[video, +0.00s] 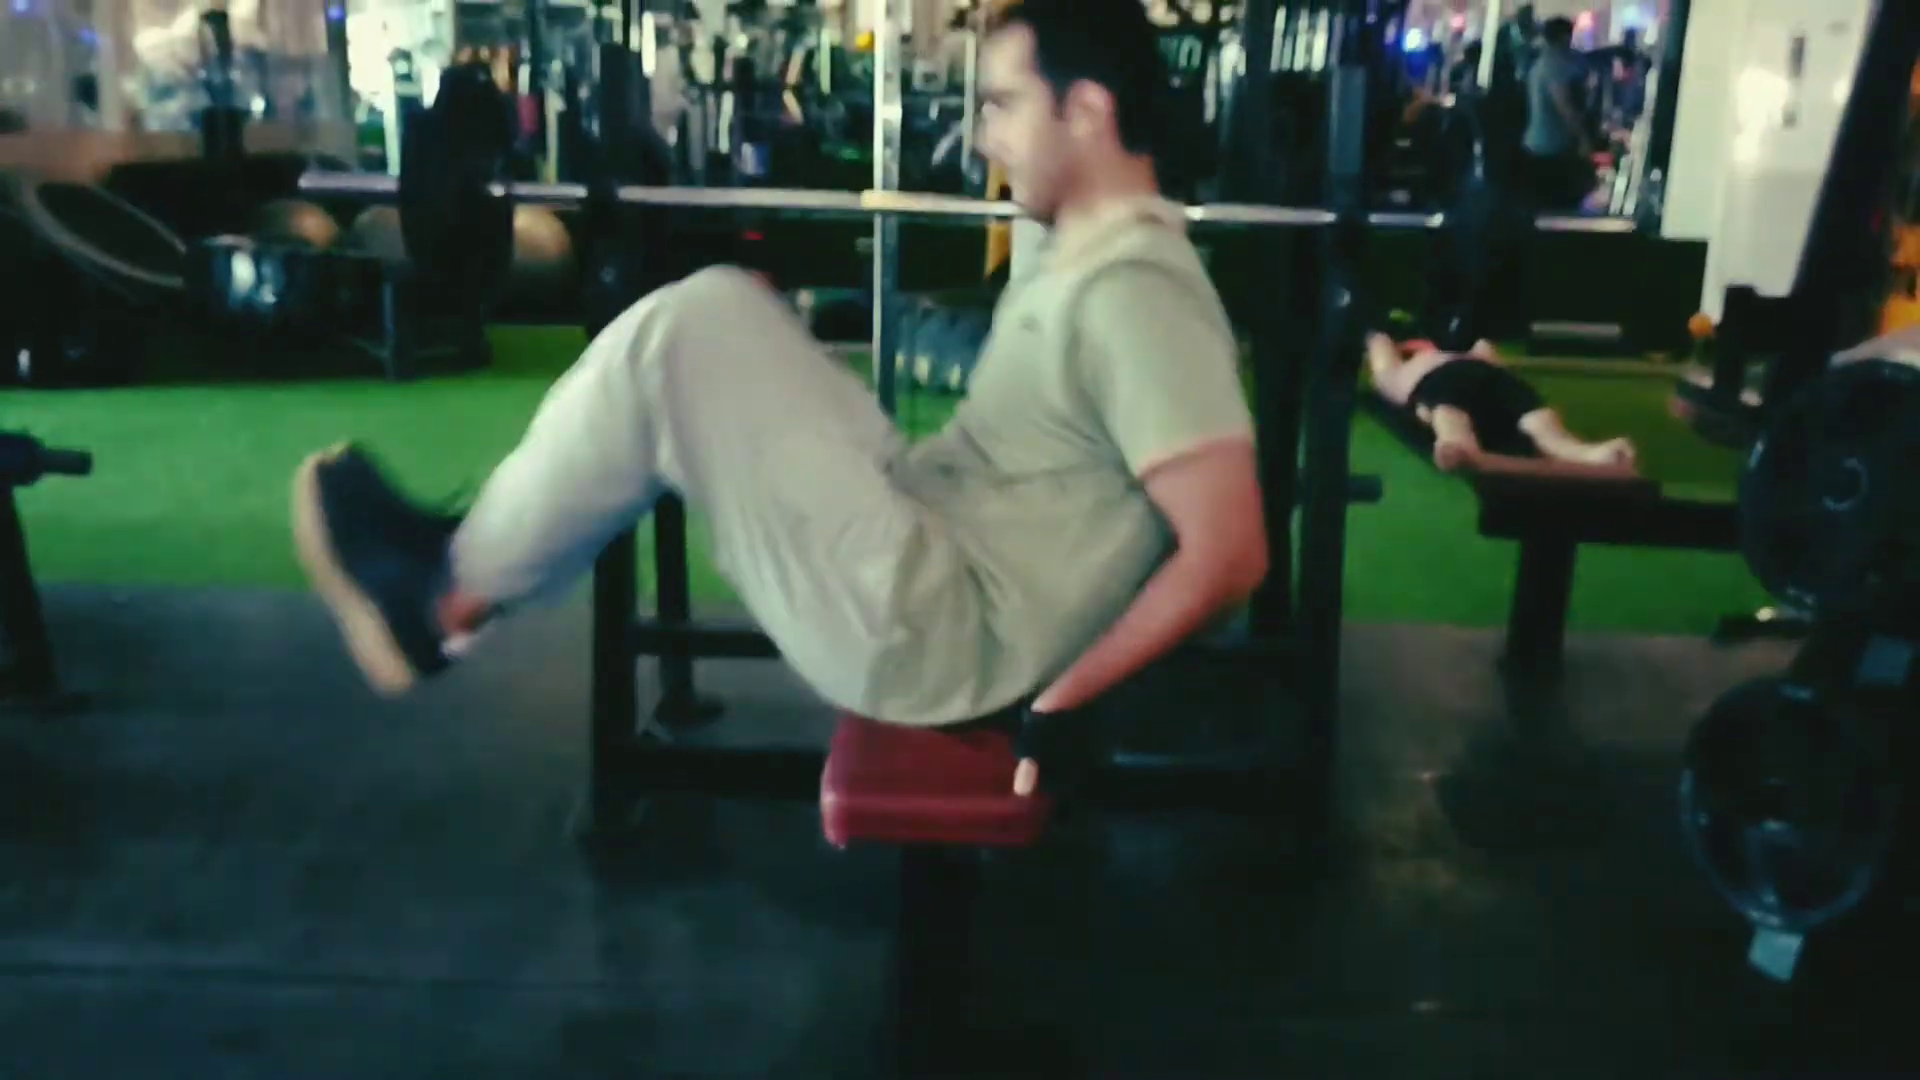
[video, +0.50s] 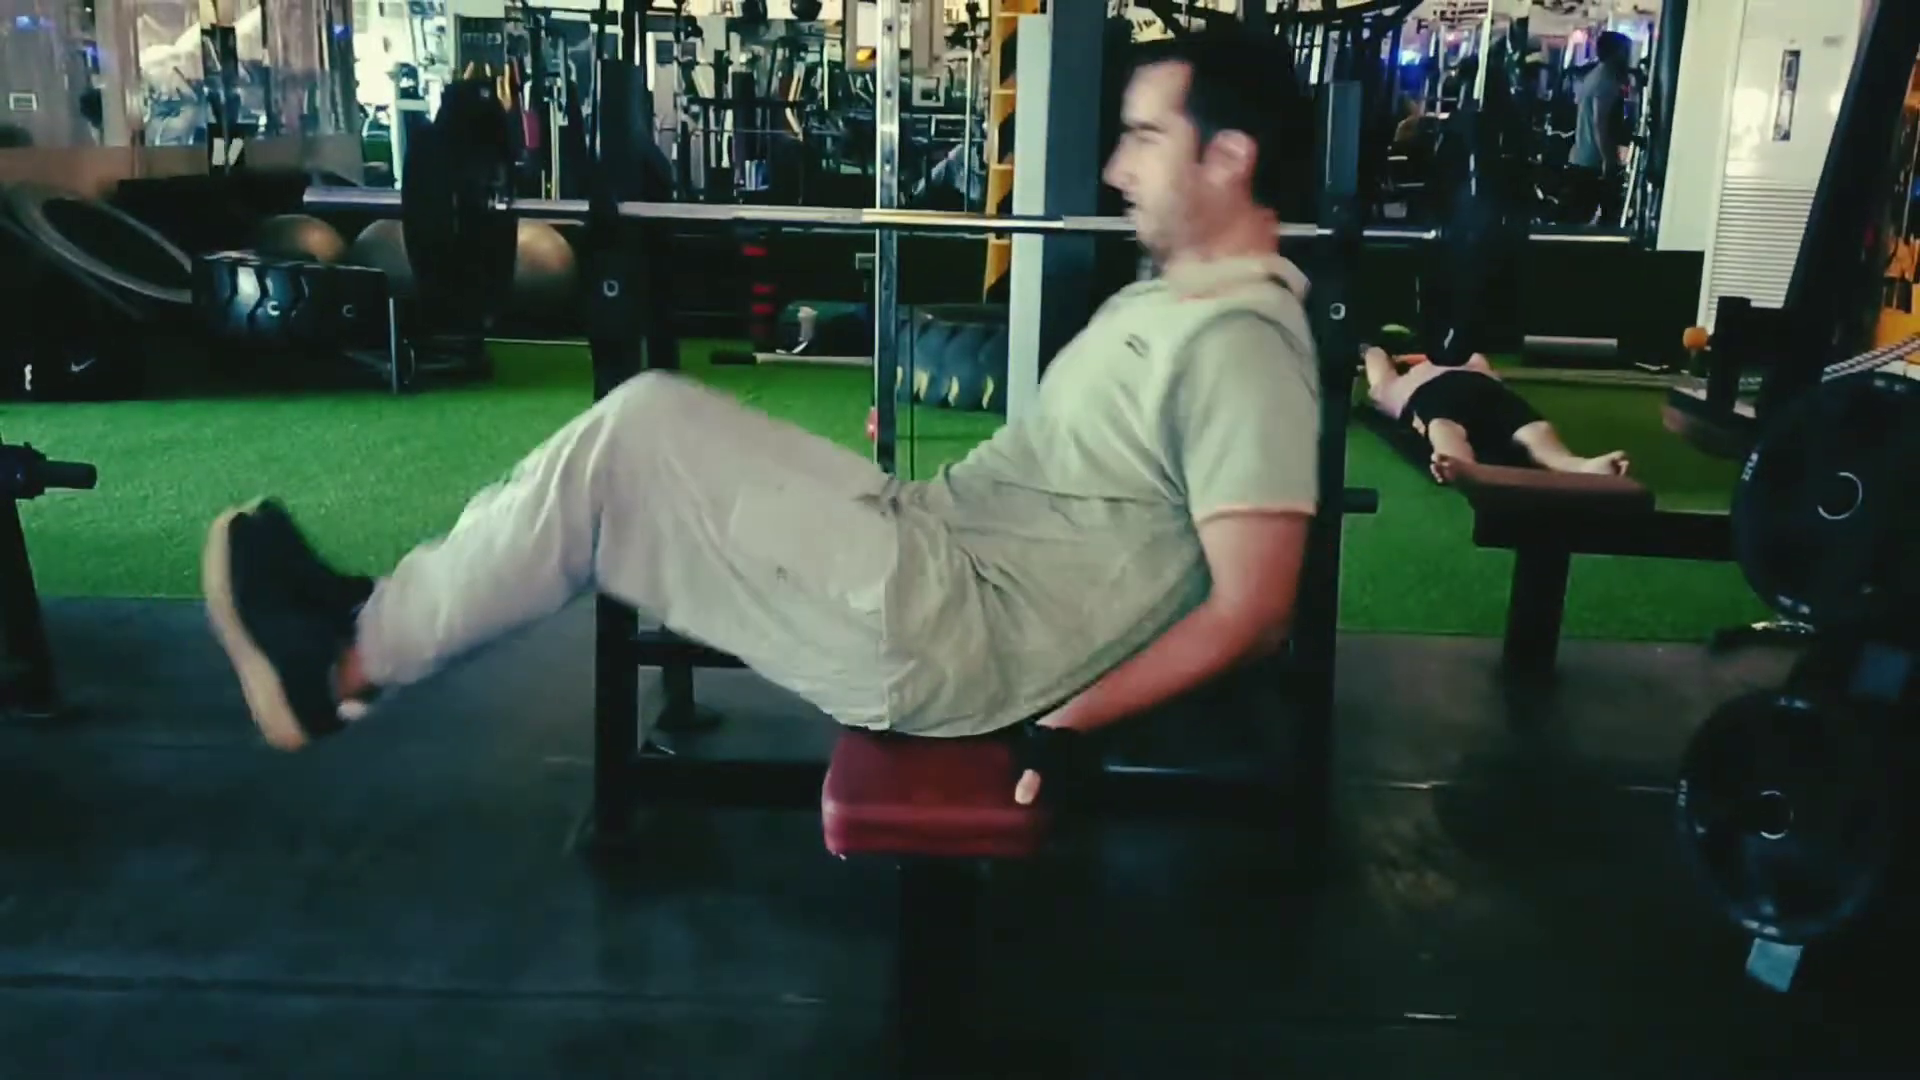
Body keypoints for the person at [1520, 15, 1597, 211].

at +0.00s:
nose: (1569, 41)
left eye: (1568, 36)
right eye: (1567, 36)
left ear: (1547, 37)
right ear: (1563, 38)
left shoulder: (1538, 65)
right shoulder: (1556, 65)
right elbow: (1565, 106)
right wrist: (1582, 137)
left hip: (1534, 140)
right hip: (1555, 145)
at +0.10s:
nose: (1580, 49)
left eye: (1580, 44)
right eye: (1578, 44)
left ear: (1557, 45)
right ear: (1570, 45)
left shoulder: (1548, 72)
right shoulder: (1564, 73)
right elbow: (1570, 113)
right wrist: (1585, 148)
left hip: (1542, 149)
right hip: (1560, 153)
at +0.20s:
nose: (1593, 52)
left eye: (1592, 47)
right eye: (1591, 47)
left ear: (1568, 43)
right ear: (1585, 47)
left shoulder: (1554, 70)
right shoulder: (1576, 72)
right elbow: (1578, 118)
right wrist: (1591, 153)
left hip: (1550, 149)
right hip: (1570, 154)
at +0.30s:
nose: (1605, 51)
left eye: (1605, 46)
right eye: (1603, 46)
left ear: (1583, 45)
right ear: (1598, 48)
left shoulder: (1571, 73)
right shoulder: (1590, 73)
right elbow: (1587, 118)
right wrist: (1594, 154)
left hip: (1554, 155)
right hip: (1574, 159)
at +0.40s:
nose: (1614, 54)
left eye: (1614, 49)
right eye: (1612, 49)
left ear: (1592, 51)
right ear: (1603, 51)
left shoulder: (1579, 77)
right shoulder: (1596, 79)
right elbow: (1593, 122)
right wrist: (1598, 159)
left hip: (1569, 157)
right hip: (1590, 160)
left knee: (1562, 215)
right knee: (1603, 217)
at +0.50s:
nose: (1628, 56)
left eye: (1627, 51)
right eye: (1625, 51)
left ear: (1604, 51)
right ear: (1617, 52)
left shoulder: (1594, 76)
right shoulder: (1606, 80)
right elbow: (1600, 123)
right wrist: (1609, 159)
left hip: (1581, 159)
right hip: (1596, 163)